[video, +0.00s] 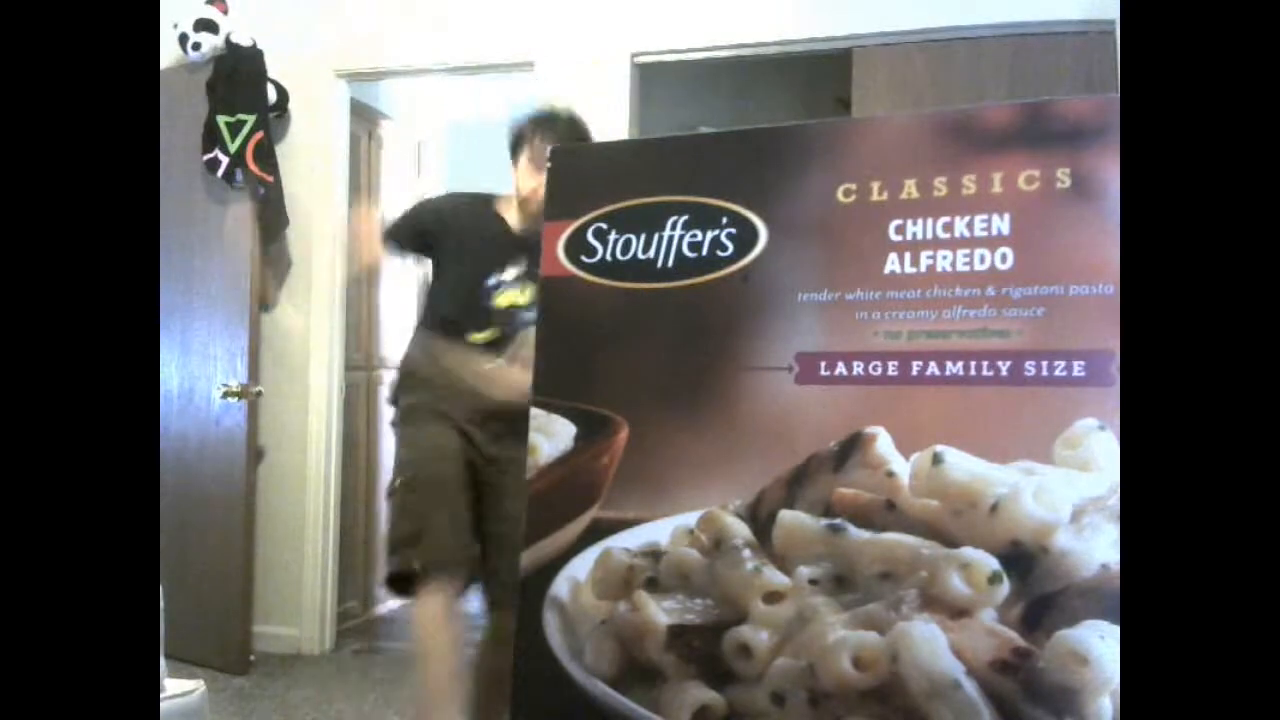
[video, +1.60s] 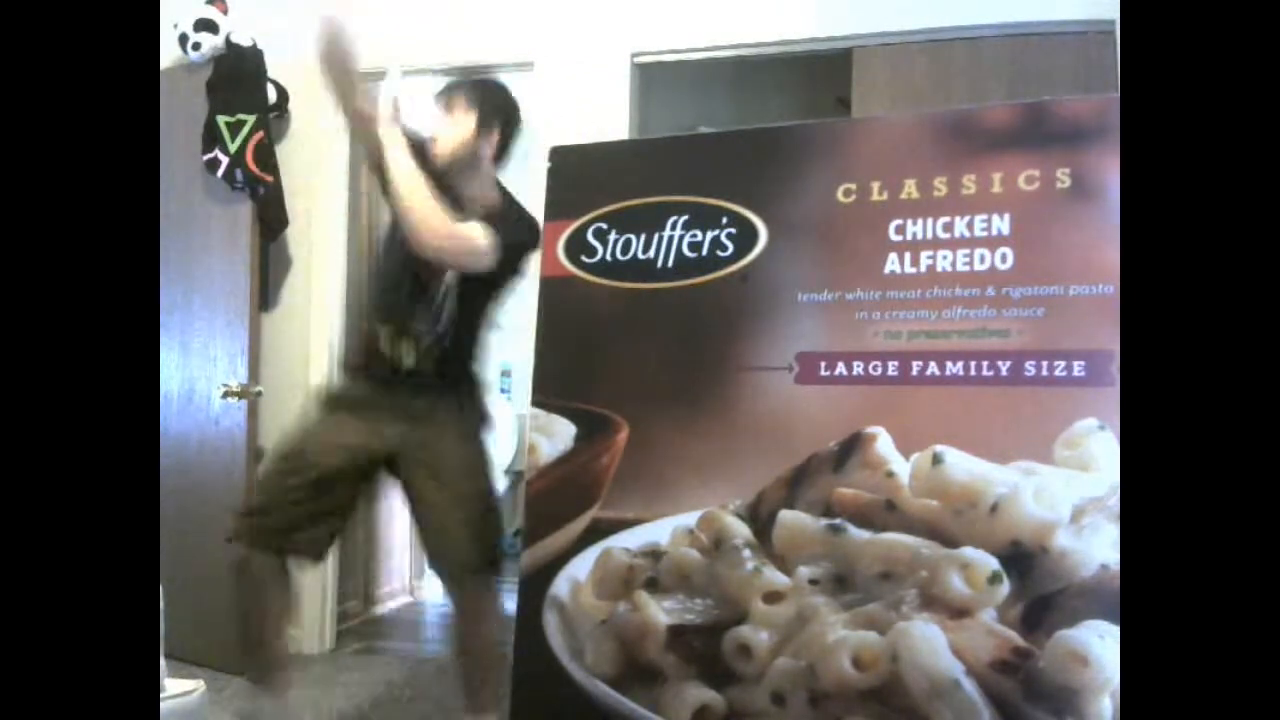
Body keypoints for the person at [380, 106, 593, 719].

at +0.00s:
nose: (545, 179)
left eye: (558, 167)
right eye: (536, 164)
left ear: (576, 175)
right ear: (515, 165)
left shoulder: (571, 245)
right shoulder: (459, 217)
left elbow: (590, 333)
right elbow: (374, 243)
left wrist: (532, 373)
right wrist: (367, 237)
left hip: (509, 419)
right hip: (434, 406)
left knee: (514, 582)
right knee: (441, 568)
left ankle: (499, 709)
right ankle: (443, 711)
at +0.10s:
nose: (517, 196)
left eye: (532, 185)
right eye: (512, 180)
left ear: (560, 190)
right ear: (504, 174)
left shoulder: (565, 258)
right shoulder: (467, 207)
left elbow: (577, 339)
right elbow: (400, 183)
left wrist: (519, 342)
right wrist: (384, 177)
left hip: (506, 422)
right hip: (437, 404)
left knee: (503, 581)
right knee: (450, 556)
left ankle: (495, 706)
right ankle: (462, 707)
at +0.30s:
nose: (480, 135)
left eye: (497, 124)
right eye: (481, 124)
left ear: (542, 139)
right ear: (485, 134)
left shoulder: (551, 227)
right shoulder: (487, 190)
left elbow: (455, 280)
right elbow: (445, 86)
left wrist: (393, 226)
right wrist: (456, 33)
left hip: (496, 418)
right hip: (416, 396)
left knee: (487, 586)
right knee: (354, 532)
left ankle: (478, 713)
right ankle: (344, 701)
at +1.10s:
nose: (446, 118)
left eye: (458, 104)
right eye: (451, 104)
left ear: (493, 116)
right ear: (496, 118)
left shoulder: (524, 201)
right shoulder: (476, 178)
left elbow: (403, 275)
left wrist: (393, 269)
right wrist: (458, 70)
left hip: (484, 418)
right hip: (411, 406)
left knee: (462, 597)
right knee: (357, 572)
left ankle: (473, 717)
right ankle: (334, 714)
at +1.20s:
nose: (436, 130)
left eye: (447, 116)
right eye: (442, 115)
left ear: (483, 123)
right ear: (487, 125)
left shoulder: (518, 204)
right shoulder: (467, 196)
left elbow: (431, 256)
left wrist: (353, 267)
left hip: (479, 418)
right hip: (413, 407)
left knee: (449, 596)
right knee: (364, 577)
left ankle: (472, 716)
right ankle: (337, 714)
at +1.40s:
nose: (434, 162)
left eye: (445, 148)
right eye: (439, 147)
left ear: (481, 159)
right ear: (480, 160)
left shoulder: (525, 247)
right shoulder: (463, 216)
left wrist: (384, 256)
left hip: (473, 432)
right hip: (407, 421)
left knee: (433, 597)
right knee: (335, 579)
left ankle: (469, 714)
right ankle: (323, 713)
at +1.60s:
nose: (432, 123)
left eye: (449, 113)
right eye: (435, 112)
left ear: (489, 134)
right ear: (444, 127)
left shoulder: (513, 225)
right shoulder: (419, 171)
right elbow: (366, 126)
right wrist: (344, 69)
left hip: (439, 415)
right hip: (358, 401)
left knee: (474, 577)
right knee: (262, 537)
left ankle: (486, 712)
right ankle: (272, 700)